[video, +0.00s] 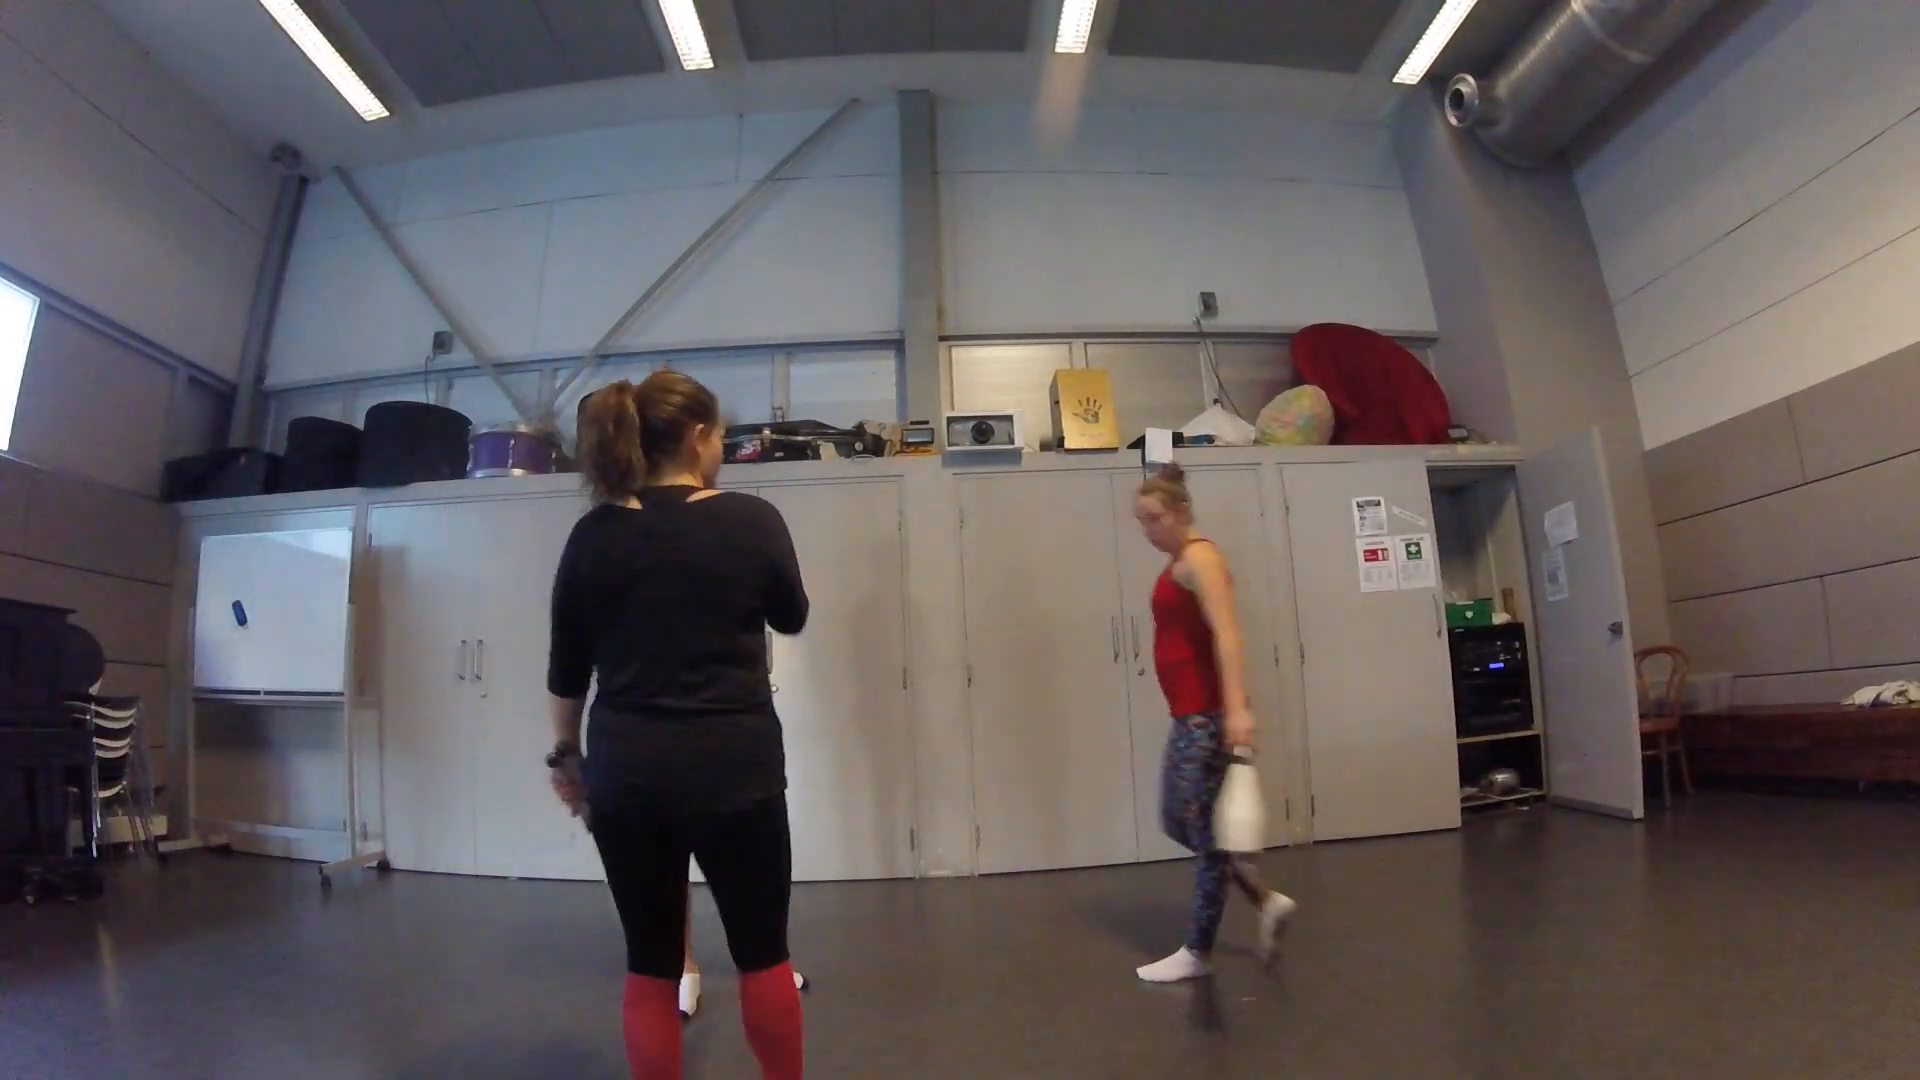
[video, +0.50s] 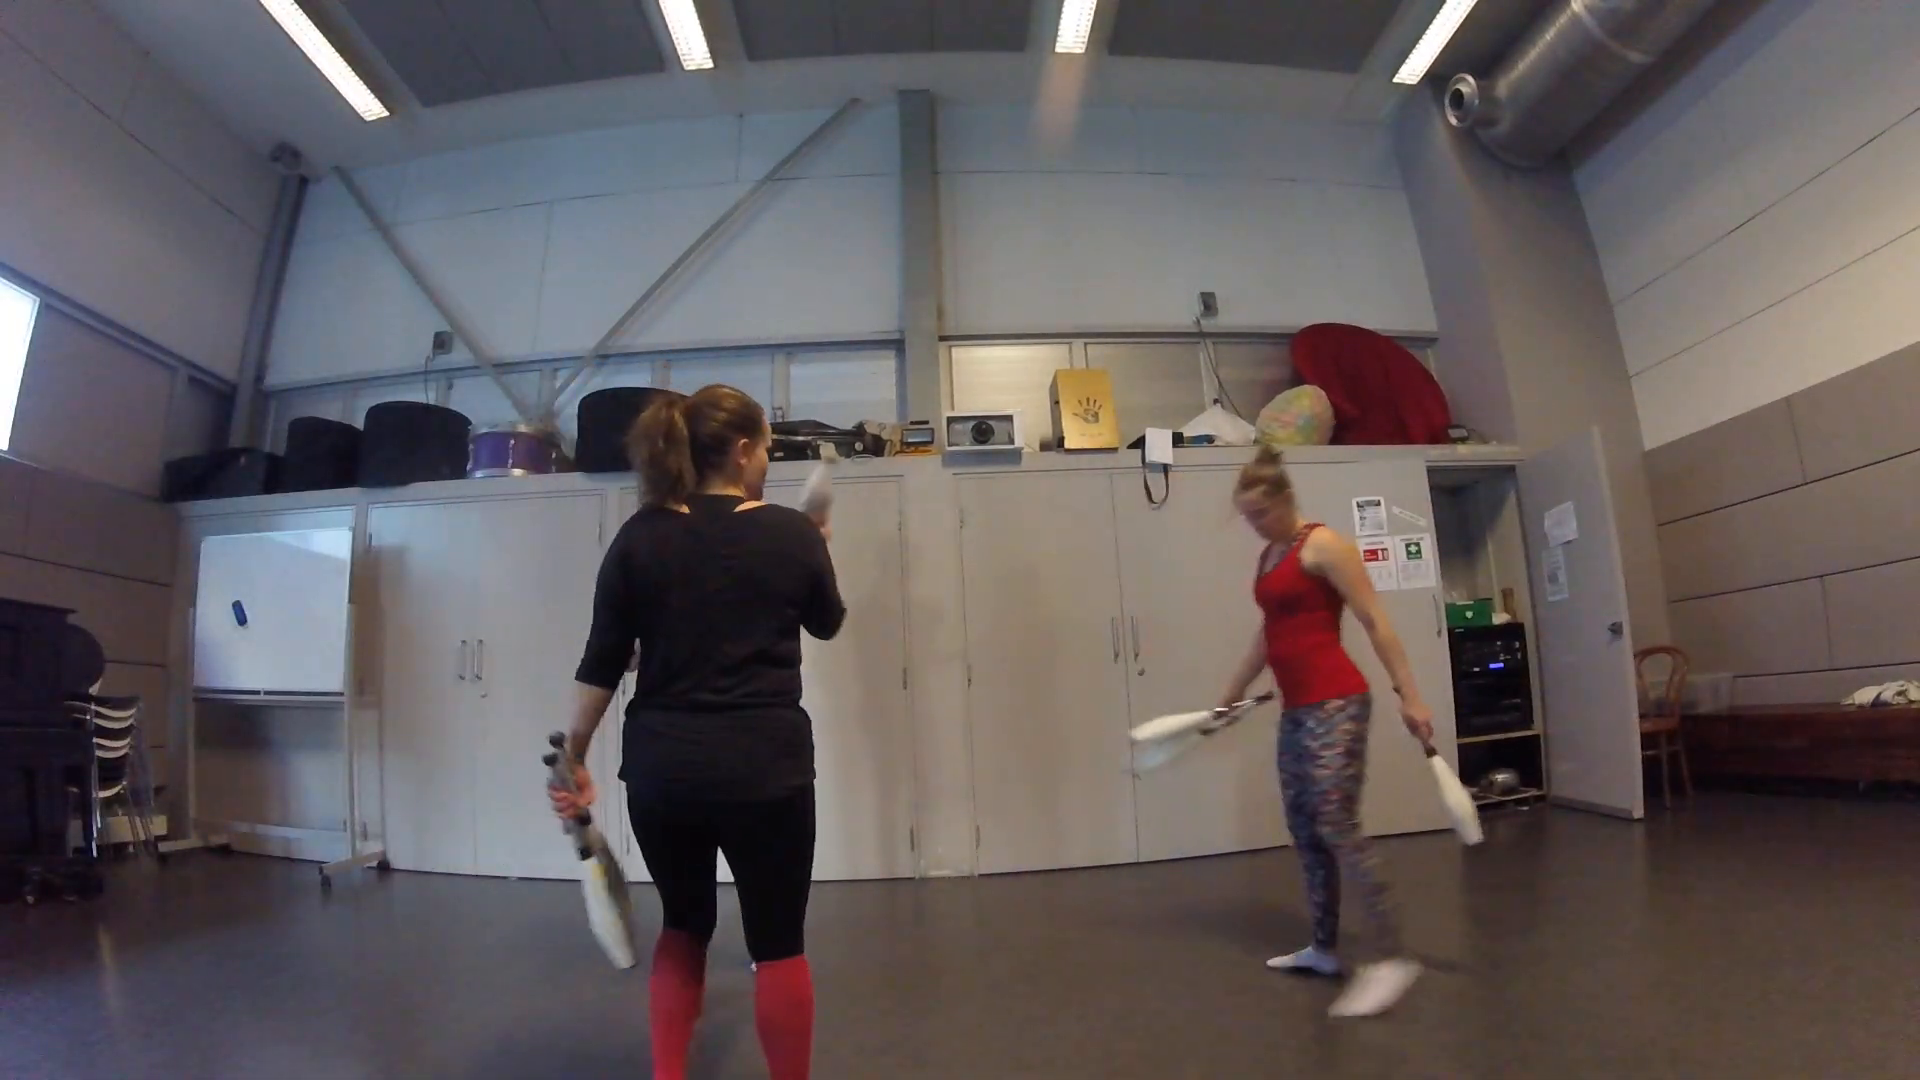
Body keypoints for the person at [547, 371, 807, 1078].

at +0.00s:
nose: (720, 447)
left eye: (719, 436)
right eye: (718, 436)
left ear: (642, 440)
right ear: (698, 438)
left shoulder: (595, 534)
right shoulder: (751, 522)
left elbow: (568, 662)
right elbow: (791, 616)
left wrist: (564, 751)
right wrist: (728, 545)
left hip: (627, 781)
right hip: (735, 776)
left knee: (651, 965)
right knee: (762, 957)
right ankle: (785, 1073)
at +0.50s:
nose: (769, 459)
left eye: (767, 448)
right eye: (766, 448)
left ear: (689, 454)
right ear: (743, 451)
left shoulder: (640, 536)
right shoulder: (785, 533)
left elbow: (604, 658)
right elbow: (826, 621)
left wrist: (573, 755)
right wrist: (815, 540)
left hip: (661, 774)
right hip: (765, 770)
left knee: (683, 918)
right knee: (777, 944)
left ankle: (667, 1073)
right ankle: (791, 1075)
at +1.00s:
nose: (687, 483)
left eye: (684, 471)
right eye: (676, 471)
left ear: (631, 482)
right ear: (637, 480)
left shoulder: (604, 553)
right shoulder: (653, 549)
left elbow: (579, 675)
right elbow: (657, 667)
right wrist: (711, 722)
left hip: (591, 767)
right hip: (644, 770)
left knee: (639, 918)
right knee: (705, 929)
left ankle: (625, 1068)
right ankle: (737, 1070)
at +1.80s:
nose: (479, 492)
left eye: (490, 482)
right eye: (465, 482)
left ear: (505, 496)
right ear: (443, 495)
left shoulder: (513, 576)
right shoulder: (410, 565)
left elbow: (513, 663)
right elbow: (402, 669)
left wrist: (548, 690)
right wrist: (495, 697)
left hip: (493, 762)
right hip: (416, 766)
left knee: (541, 902)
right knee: (428, 913)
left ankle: (550, 1048)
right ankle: (433, 1052)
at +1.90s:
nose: (468, 491)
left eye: (478, 481)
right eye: (454, 481)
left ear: (492, 494)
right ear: (430, 495)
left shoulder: (503, 574)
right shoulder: (398, 563)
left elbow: (515, 657)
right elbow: (391, 665)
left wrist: (534, 677)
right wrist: (483, 685)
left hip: (483, 758)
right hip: (408, 762)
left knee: (528, 894)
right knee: (422, 909)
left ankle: (502, 1011)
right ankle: (431, 1048)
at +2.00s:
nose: (455, 496)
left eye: (465, 485)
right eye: (441, 486)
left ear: (481, 497)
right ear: (419, 499)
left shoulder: (498, 577)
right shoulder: (391, 566)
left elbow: (500, 662)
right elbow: (383, 666)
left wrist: (523, 675)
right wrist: (474, 679)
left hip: (478, 755)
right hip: (403, 759)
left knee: (509, 897)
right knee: (422, 907)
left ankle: (473, 978)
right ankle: (431, 1048)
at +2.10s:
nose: (436, 503)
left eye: (448, 493)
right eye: (425, 494)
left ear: (473, 505)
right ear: (411, 506)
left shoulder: (495, 582)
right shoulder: (388, 571)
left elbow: (511, 668)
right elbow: (376, 669)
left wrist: (511, 673)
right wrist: (457, 672)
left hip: (477, 754)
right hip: (404, 757)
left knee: (481, 891)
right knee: (425, 904)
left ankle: (453, 972)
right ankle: (430, 1047)